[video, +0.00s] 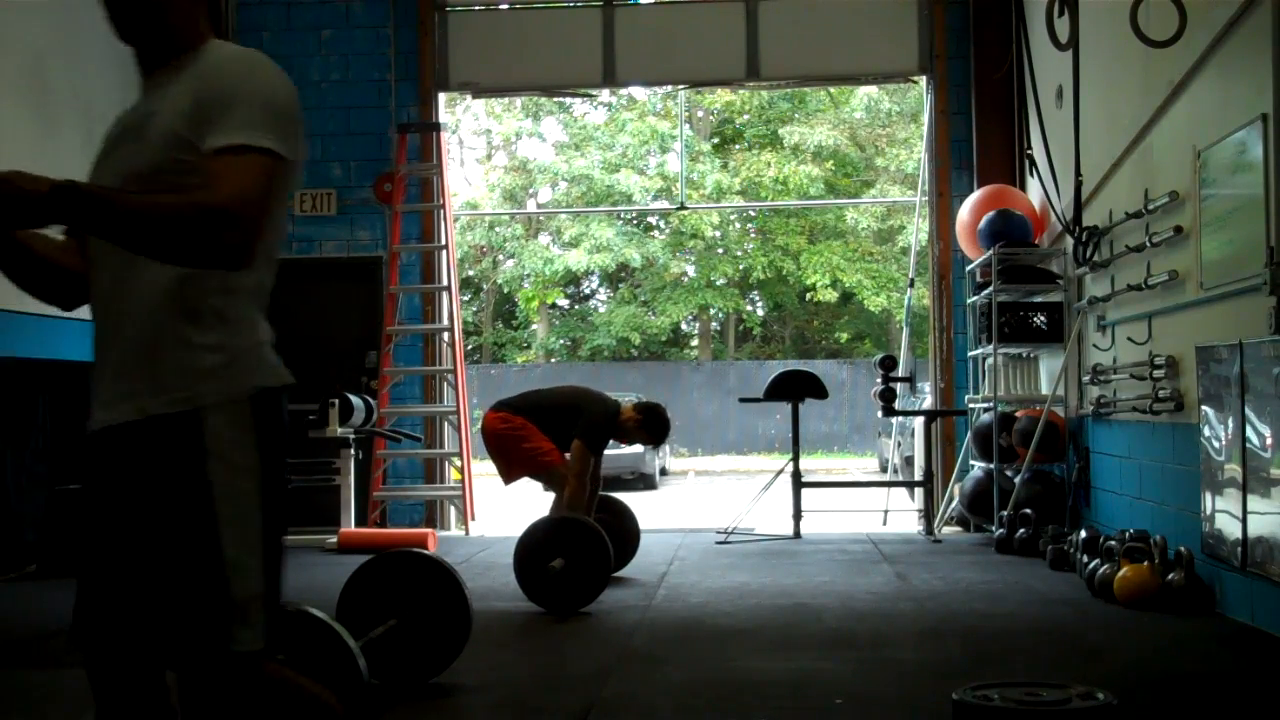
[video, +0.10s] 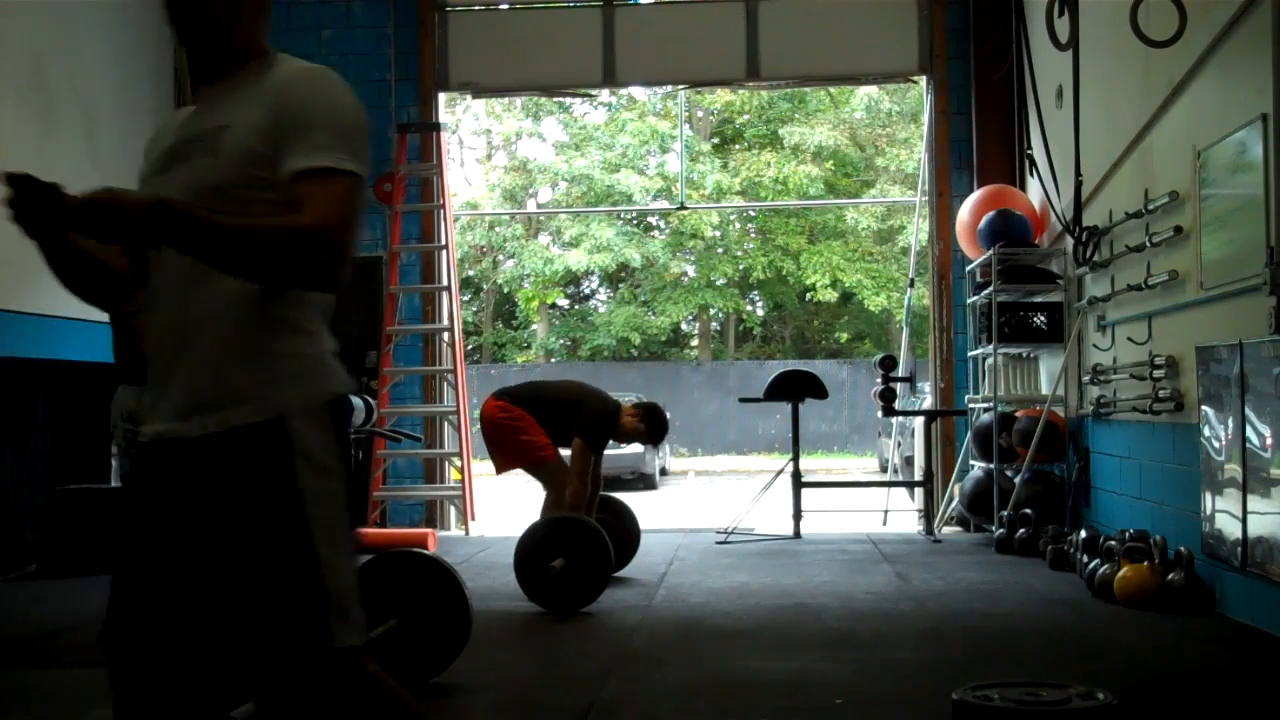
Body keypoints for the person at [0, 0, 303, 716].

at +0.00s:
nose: (116, 8)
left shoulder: (244, 77)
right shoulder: (129, 125)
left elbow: (233, 227)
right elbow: (75, 282)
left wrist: (61, 199)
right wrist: (1, 231)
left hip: (219, 405)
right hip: (131, 410)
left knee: (219, 638)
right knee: (122, 634)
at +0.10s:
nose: (192, 21)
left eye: (209, 5)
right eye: (186, 10)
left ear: (251, 4)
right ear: (175, 20)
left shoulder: (309, 92)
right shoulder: (172, 132)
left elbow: (321, 257)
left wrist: (151, 217)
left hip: (280, 427)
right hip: (176, 432)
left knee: (304, 657)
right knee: (166, 663)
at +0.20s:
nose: (253, 21)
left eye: (271, 3)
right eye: (245, 7)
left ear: (316, 6)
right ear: (230, 17)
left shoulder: (376, 105)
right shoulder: (218, 139)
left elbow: (409, 266)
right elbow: (195, 298)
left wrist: (241, 239)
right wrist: (135, 250)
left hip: (355, 427)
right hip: (243, 436)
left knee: (371, 657)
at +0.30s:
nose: (311, 18)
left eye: (330, 2)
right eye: (301, 5)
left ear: (370, 4)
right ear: (285, 15)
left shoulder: (435, 108)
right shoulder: (265, 136)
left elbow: (477, 272)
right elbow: (245, 281)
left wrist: (316, 250)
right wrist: (207, 241)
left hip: (408, 427)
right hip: (295, 434)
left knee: (423, 659)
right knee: (255, 657)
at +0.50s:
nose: (413, 13)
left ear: (469, 2)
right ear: (384, 8)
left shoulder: (529, 109)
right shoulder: (355, 123)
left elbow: (574, 269)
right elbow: (316, 274)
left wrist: (434, 239)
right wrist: (303, 229)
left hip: (478, 417)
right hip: (366, 424)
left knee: (479, 652)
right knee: (326, 642)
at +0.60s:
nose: (453, 19)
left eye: (472, 3)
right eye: (442, 4)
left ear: (511, 8)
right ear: (425, 15)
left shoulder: (567, 116)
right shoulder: (393, 132)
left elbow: (610, 268)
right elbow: (351, 289)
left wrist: (476, 236)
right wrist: (345, 240)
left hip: (514, 415)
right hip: (408, 423)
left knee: (496, 651)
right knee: (387, 639)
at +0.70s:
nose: (480, 28)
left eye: (498, 11)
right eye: (468, 13)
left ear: (542, 15)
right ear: (454, 24)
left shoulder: (598, 123)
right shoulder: (429, 147)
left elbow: (639, 269)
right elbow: (376, 278)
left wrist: (509, 224)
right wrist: (387, 222)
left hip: (551, 412)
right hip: (455, 420)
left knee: (535, 644)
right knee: (483, 643)